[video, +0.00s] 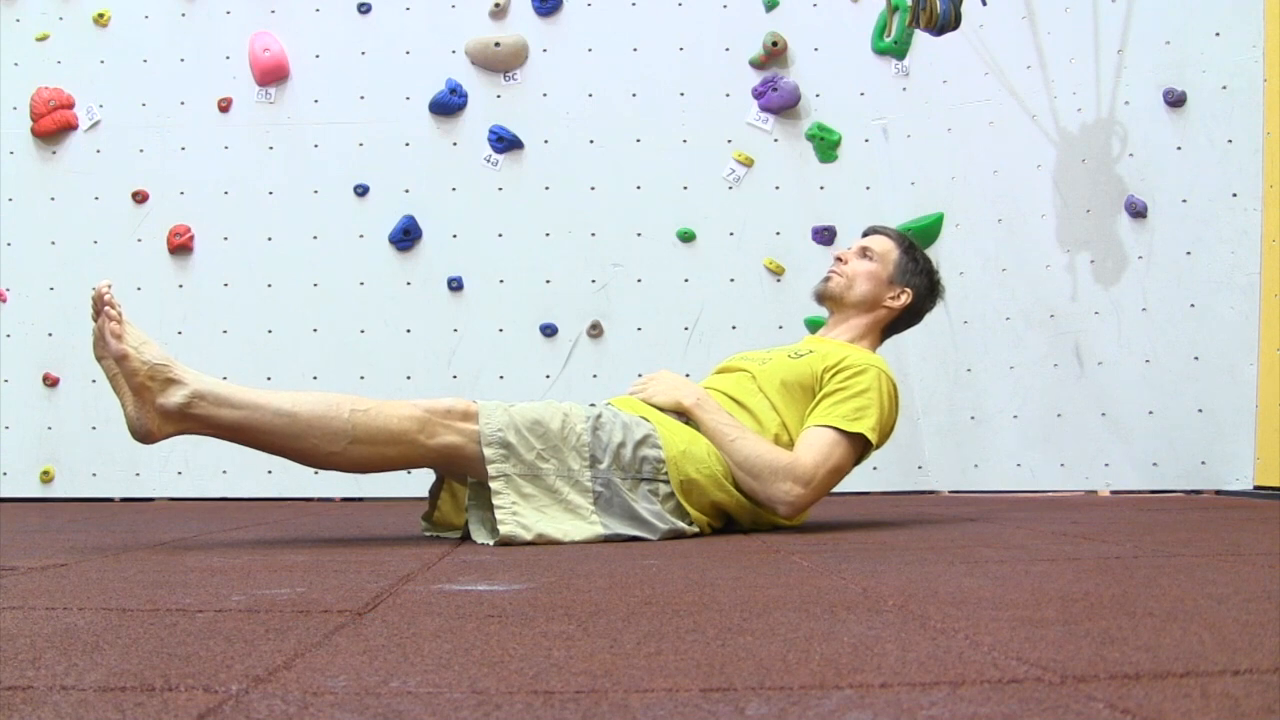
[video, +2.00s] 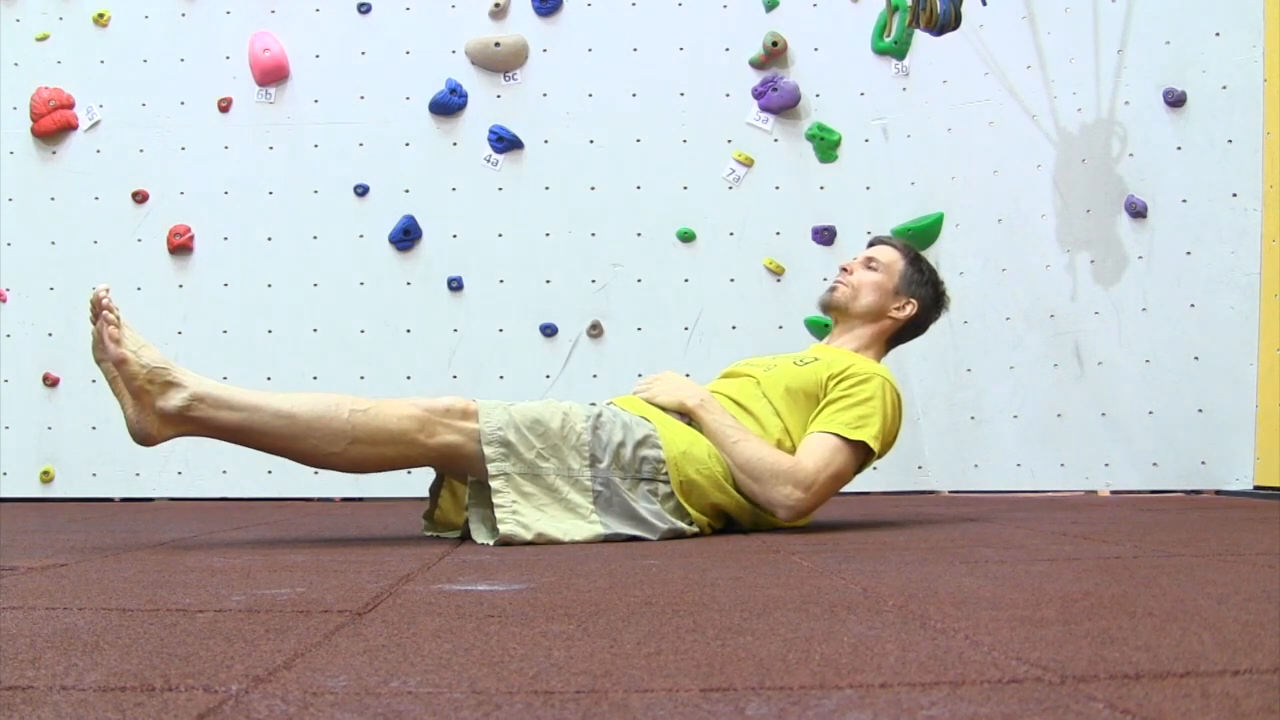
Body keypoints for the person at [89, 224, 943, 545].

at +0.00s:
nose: (844, 252)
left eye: (867, 252)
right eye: (853, 244)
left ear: (895, 299)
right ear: (856, 282)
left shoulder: (863, 375)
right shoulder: (802, 358)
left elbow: (791, 492)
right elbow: (749, 467)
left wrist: (699, 402)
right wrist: (673, 408)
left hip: (659, 460)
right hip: (639, 446)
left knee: (441, 428)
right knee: (429, 430)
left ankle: (178, 400)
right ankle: (179, 401)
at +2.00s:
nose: (848, 263)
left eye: (872, 263)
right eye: (858, 254)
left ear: (900, 310)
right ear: (866, 295)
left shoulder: (866, 383)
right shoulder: (810, 366)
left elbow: (794, 495)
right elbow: (758, 475)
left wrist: (700, 402)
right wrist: (675, 411)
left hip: (655, 460)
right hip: (637, 446)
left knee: (439, 426)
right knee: (432, 422)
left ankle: (177, 402)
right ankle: (178, 403)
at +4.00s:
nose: (838, 261)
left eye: (862, 259)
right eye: (843, 251)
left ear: (894, 302)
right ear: (845, 284)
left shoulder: (861, 376)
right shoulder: (795, 362)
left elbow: (790, 493)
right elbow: (749, 470)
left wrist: (700, 404)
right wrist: (668, 408)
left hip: (650, 463)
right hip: (622, 441)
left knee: (442, 426)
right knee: (417, 403)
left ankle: (183, 450)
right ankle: (174, 365)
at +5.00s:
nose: (839, 258)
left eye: (863, 256)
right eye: (845, 248)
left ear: (896, 299)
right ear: (852, 285)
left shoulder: (863, 378)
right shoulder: (800, 361)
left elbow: (792, 494)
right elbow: (750, 470)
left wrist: (698, 401)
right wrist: (670, 410)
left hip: (652, 462)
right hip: (621, 440)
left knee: (447, 427)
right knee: (415, 403)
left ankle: (185, 467)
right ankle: (178, 378)